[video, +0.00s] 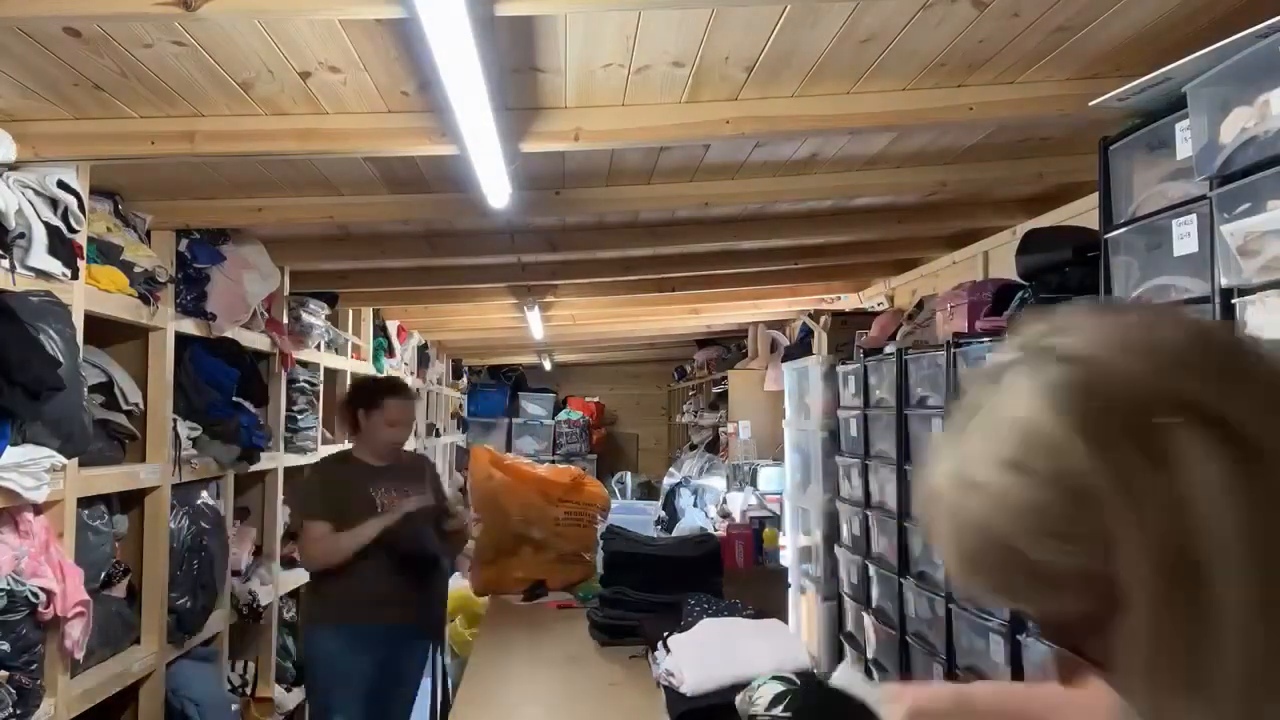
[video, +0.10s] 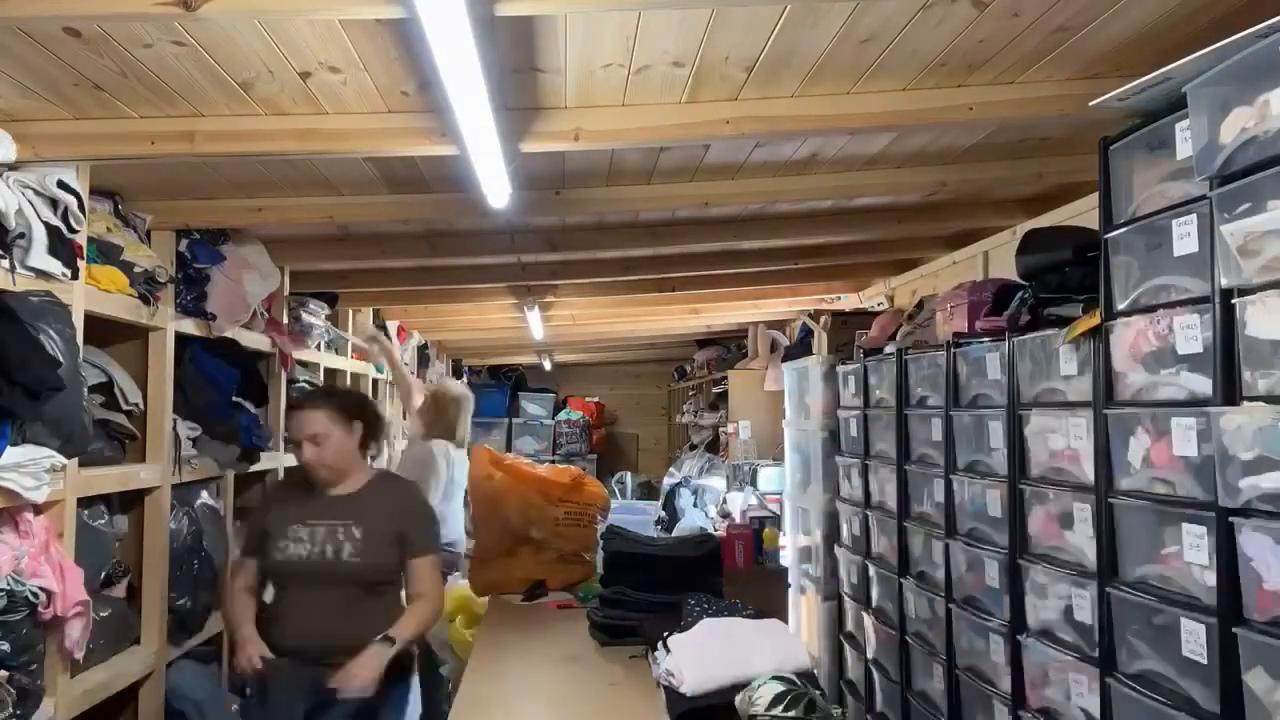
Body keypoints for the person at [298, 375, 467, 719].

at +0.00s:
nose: (402, 435)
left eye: (408, 425)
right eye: (392, 425)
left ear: (414, 420)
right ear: (361, 420)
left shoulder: (421, 470)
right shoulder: (327, 474)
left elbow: (448, 547)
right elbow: (313, 554)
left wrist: (455, 525)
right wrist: (386, 519)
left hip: (410, 631)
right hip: (341, 630)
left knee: (392, 713)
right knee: (342, 712)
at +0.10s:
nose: (305, 456)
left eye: (317, 442)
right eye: (297, 445)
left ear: (357, 431)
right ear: (289, 444)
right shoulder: (278, 497)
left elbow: (428, 597)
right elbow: (241, 584)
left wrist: (380, 651)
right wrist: (244, 635)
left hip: (367, 671)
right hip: (283, 668)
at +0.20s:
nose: (475, 443)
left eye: (477, 432)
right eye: (475, 431)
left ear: (411, 420)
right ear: (453, 424)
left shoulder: (357, 479)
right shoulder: (461, 499)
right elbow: (481, 621)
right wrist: (530, 614)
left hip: (329, 665)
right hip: (410, 680)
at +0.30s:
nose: (452, 444)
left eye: (455, 432)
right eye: (451, 431)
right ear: (417, 427)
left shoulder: (333, 489)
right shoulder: (427, 497)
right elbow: (456, 616)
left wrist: (470, 578)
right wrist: (497, 588)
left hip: (331, 672)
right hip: (403, 684)